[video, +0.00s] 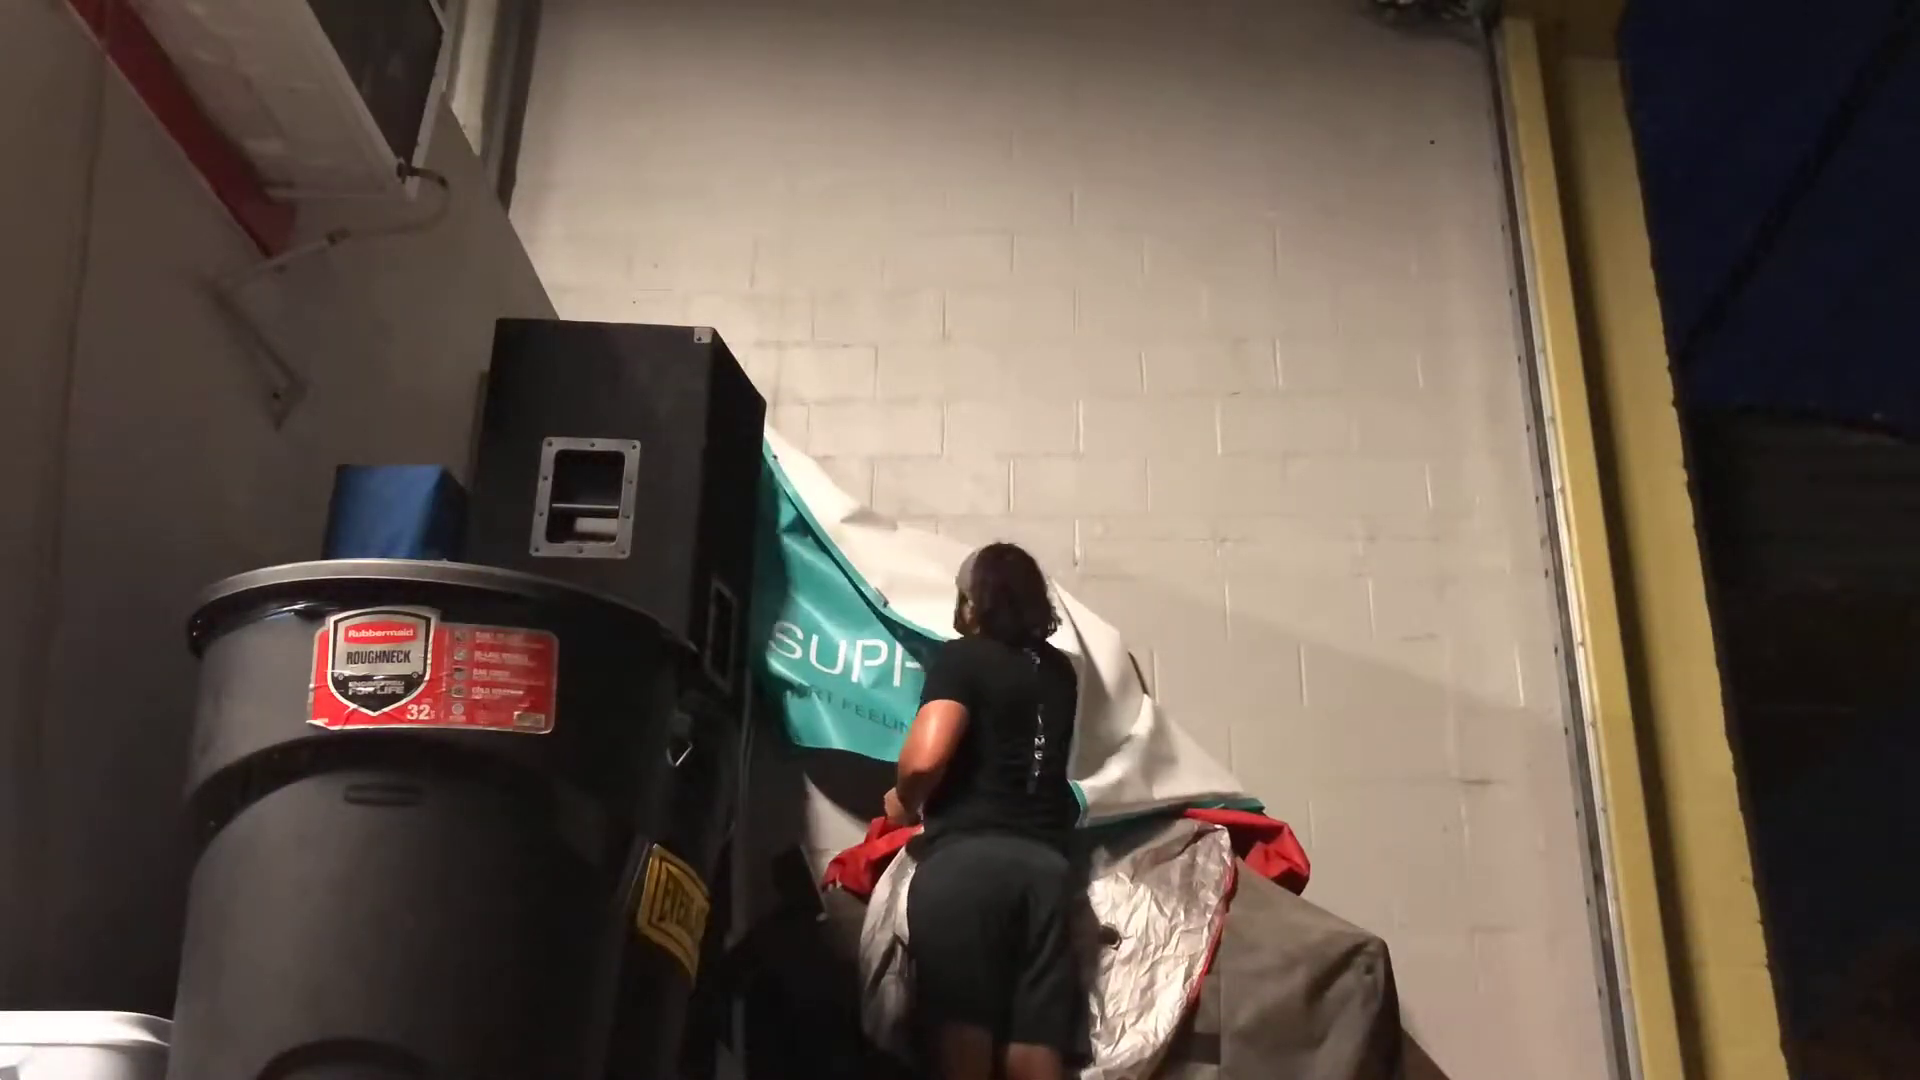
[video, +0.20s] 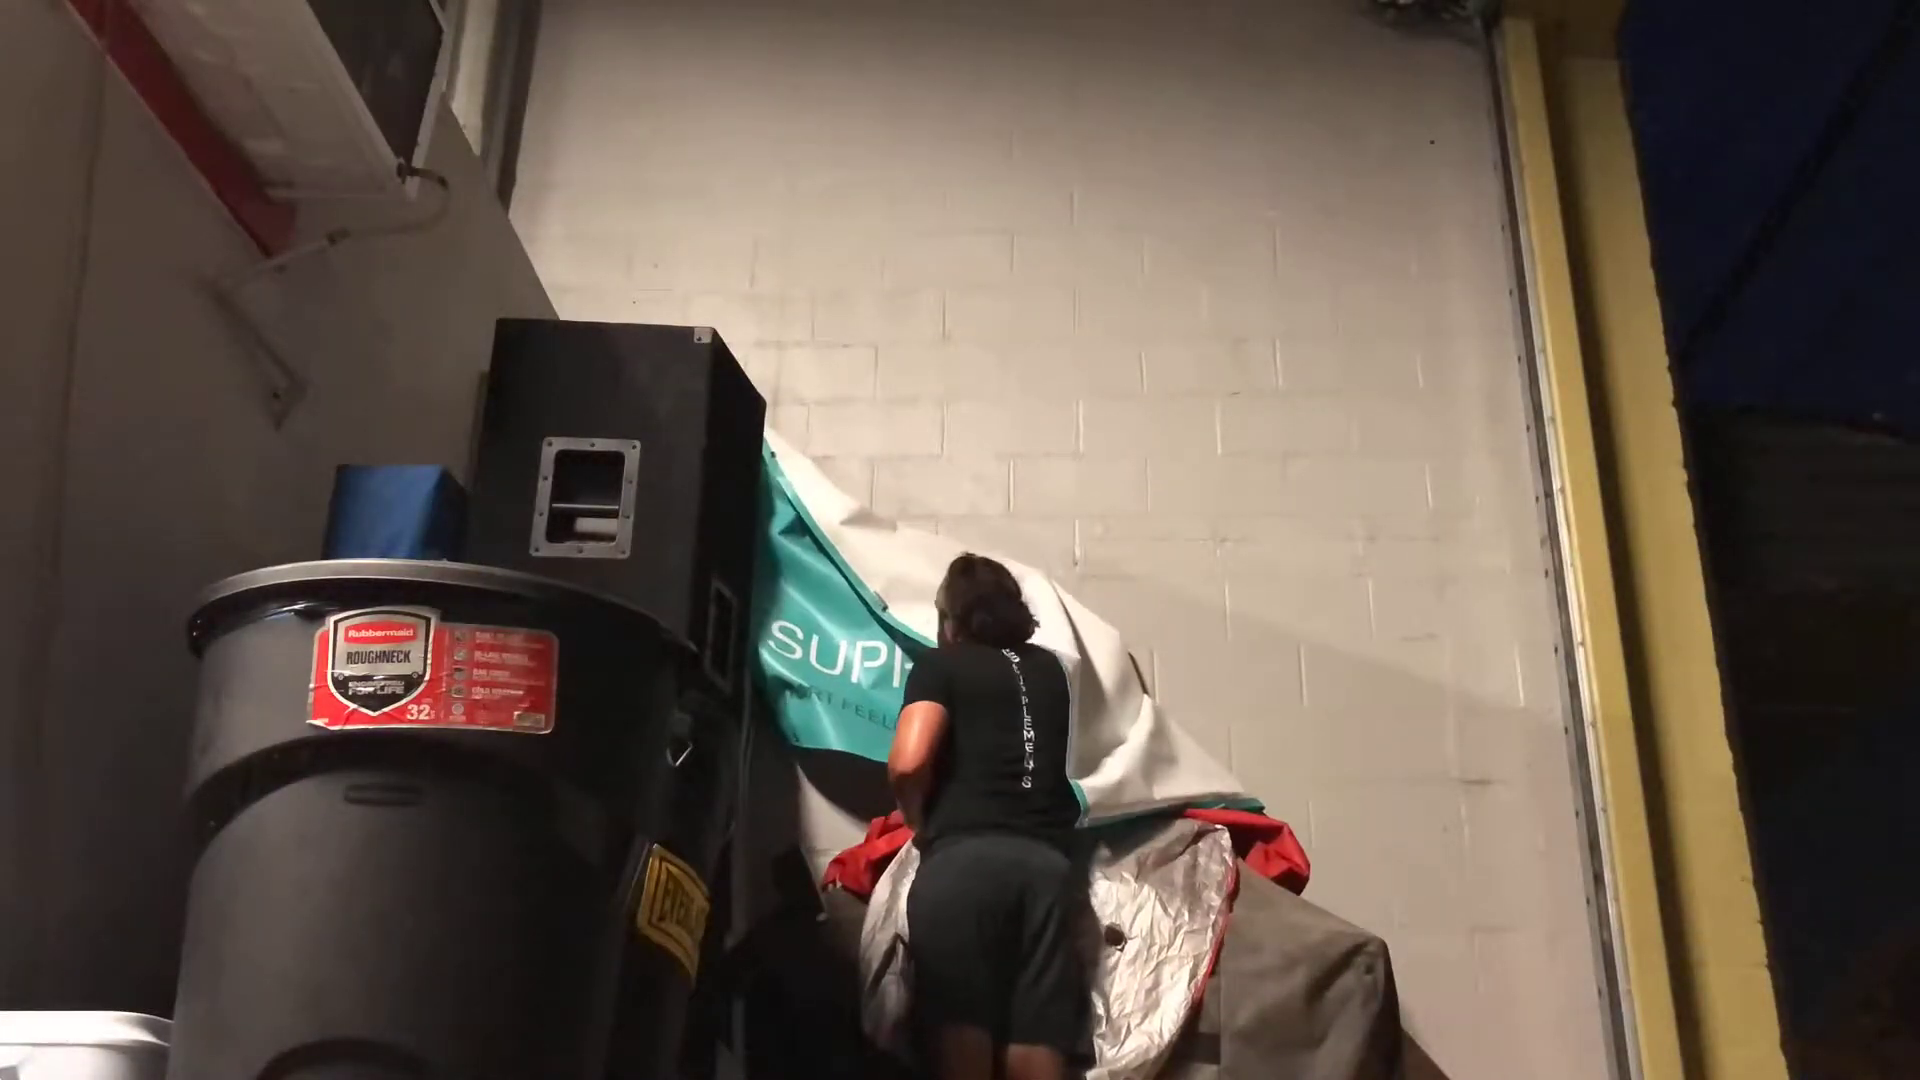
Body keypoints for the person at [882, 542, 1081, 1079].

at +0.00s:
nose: (957, 605)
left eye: (961, 596)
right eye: (961, 595)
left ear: (972, 602)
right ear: (1038, 604)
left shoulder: (962, 658)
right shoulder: (1063, 672)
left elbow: (923, 762)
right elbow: (1044, 764)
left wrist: (903, 803)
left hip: (966, 856)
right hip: (1047, 862)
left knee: (962, 1041)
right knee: (1037, 1047)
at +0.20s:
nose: (939, 628)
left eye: (941, 616)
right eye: (940, 616)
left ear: (952, 620)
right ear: (1016, 617)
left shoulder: (940, 664)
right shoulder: (1051, 670)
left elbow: (907, 763)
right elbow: (1048, 764)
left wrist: (920, 828)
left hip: (963, 858)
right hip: (1049, 864)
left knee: (962, 1041)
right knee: (1038, 1046)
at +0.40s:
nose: (948, 609)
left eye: (951, 600)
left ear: (953, 607)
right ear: (1020, 607)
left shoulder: (939, 666)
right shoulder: (1051, 670)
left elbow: (908, 767)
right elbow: (1051, 763)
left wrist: (916, 822)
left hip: (964, 857)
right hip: (1048, 862)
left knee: (962, 1037)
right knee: (1038, 1044)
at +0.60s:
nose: (941, 618)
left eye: (943, 608)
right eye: (943, 608)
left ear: (952, 614)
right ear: (1015, 611)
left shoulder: (940, 666)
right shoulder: (1049, 669)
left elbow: (910, 767)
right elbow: (1046, 762)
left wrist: (913, 822)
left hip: (963, 855)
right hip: (1047, 861)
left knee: (962, 1037)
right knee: (1039, 1043)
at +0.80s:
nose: (933, 626)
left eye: (934, 614)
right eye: (934, 614)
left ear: (949, 619)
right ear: (1011, 613)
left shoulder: (938, 666)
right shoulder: (1046, 667)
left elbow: (910, 770)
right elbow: (1047, 762)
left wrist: (911, 819)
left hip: (965, 855)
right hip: (1048, 861)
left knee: (963, 1038)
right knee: (1039, 1045)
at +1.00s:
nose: (935, 619)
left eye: (937, 609)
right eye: (937, 608)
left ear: (947, 615)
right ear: (1012, 609)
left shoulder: (940, 666)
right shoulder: (1047, 667)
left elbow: (911, 768)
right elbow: (1048, 762)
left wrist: (911, 819)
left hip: (964, 855)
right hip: (1047, 861)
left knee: (963, 1038)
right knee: (1038, 1044)